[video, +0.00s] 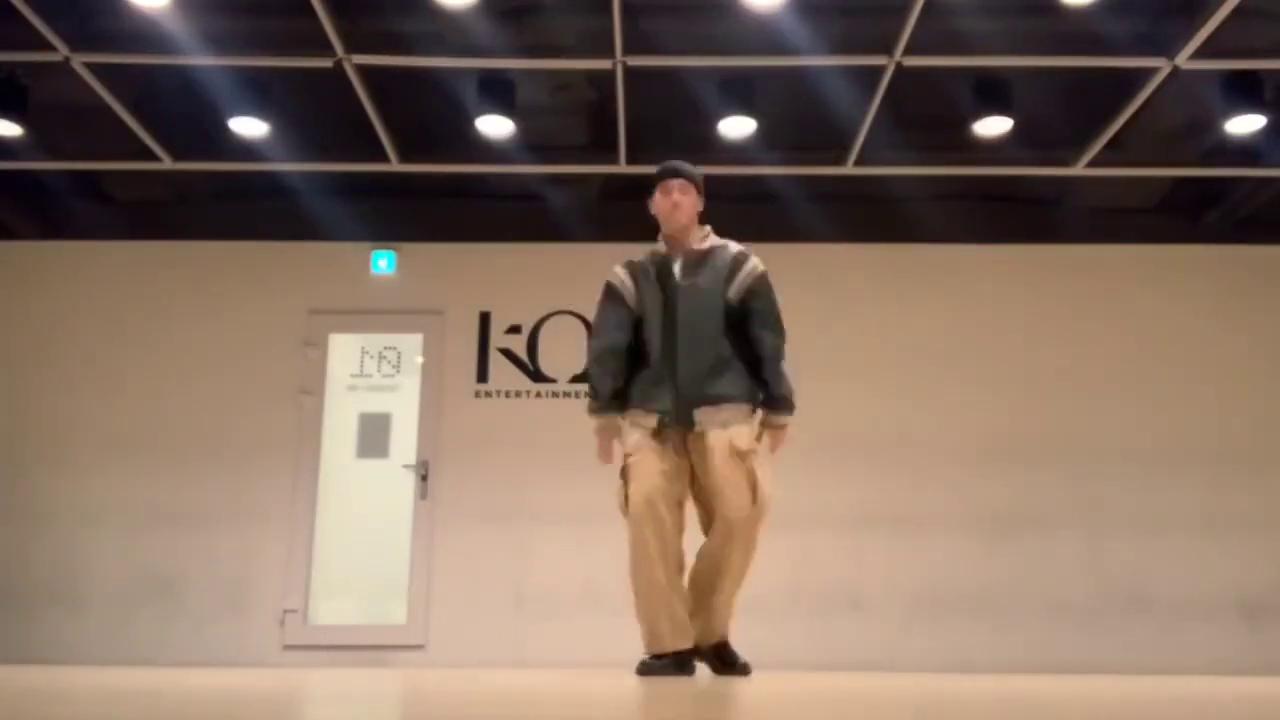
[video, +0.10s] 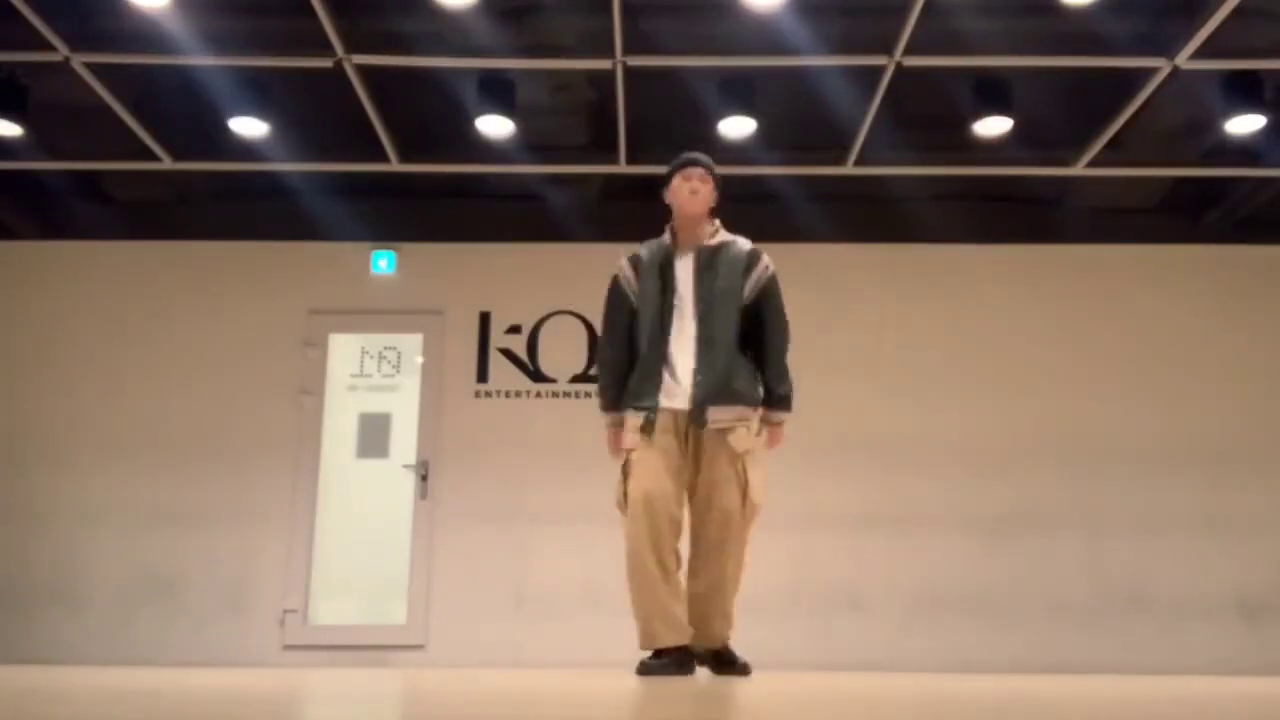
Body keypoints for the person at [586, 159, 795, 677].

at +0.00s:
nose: (673, 201)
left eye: (682, 192)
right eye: (665, 194)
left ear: (700, 202)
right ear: (652, 206)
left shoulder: (738, 265)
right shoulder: (631, 275)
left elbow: (766, 341)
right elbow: (608, 349)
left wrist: (778, 408)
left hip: (724, 418)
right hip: (650, 421)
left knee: (739, 519)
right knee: (648, 517)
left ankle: (709, 631)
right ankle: (667, 645)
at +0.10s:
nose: (693, 187)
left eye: (702, 181)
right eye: (684, 180)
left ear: (715, 197)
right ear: (667, 195)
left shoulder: (746, 260)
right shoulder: (639, 265)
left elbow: (771, 338)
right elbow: (615, 346)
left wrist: (776, 407)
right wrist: (614, 417)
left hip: (729, 419)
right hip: (655, 419)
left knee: (724, 529)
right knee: (650, 524)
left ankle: (713, 640)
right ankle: (668, 644)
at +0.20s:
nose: (720, 178)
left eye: (726, 173)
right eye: (710, 170)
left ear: (733, 188)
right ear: (687, 181)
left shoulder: (753, 250)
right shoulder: (643, 243)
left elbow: (769, 329)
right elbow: (624, 320)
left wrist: (775, 389)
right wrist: (635, 382)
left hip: (731, 398)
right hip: (662, 396)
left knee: (728, 516)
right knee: (663, 508)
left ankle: (721, 636)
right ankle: (665, 638)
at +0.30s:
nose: (733, 191)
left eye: (738, 185)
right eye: (722, 182)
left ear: (742, 200)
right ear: (697, 193)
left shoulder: (758, 264)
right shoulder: (649, 247)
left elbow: (773, 340)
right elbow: (618, 318)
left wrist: (784, 401)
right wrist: (627, 377)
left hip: (734, 406)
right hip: (667, 402)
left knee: (733, 524)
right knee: (663, 517)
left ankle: (716, 640)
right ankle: (653, 637)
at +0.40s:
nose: (734, 204)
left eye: (738, 200)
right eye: (722, 198)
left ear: (742, 218)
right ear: (698, 213)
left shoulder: (757, 284)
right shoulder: (659, 260)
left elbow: (774, 360)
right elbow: (612, 320)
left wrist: (792, 428)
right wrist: (600, 389)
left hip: (739, 424)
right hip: (674, 419)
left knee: (735, 541)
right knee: (662, 526)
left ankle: (712, 648)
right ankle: (645, 629)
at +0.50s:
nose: (715, 196)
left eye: (721, 192)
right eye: (704, 191)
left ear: (731, 212)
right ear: (684, 211)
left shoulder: (755, 273)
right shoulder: (658, 254)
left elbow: (771, 343)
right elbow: (613, 309)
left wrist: (774, 400)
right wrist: (598, 371)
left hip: (738, 415)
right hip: (672, 412)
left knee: (731, 530)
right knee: (661, 523)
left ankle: (711, 643)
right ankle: (652, 635)